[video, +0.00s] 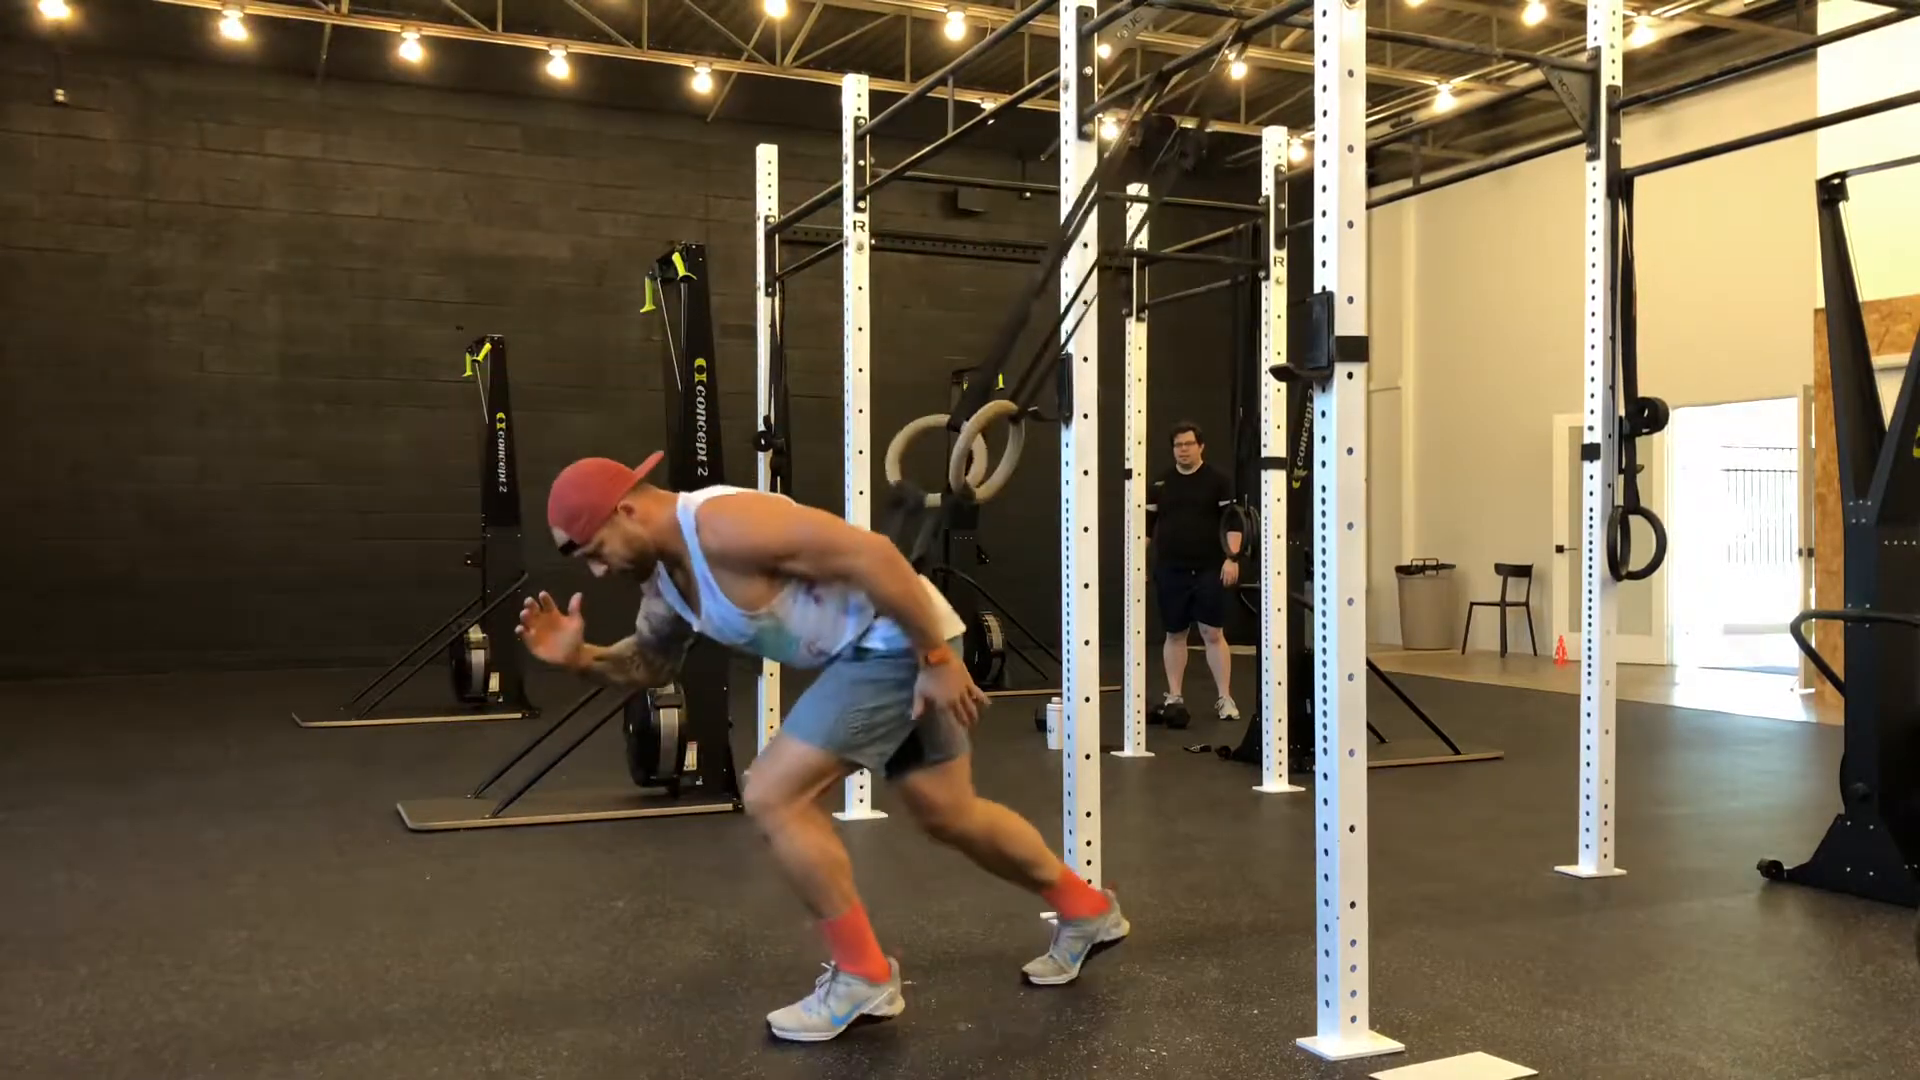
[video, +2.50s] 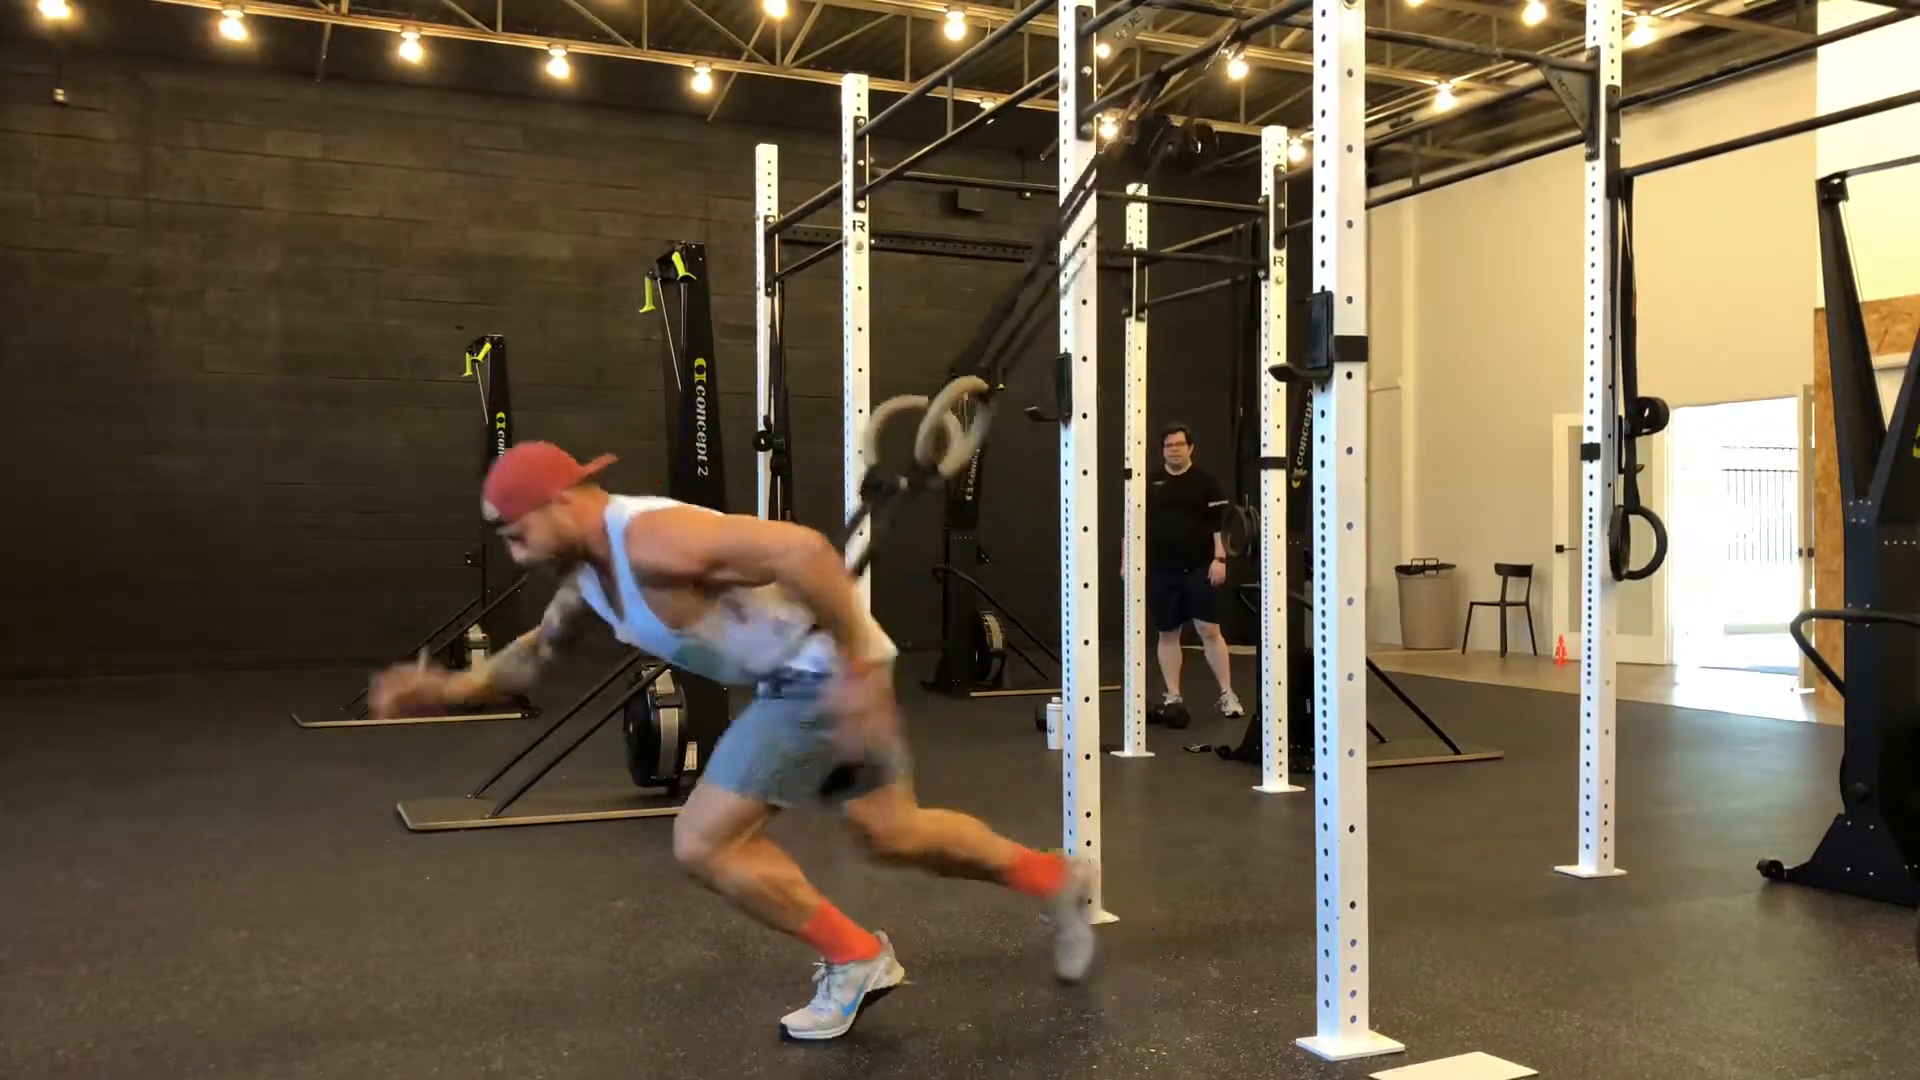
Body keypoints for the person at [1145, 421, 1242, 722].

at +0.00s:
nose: (1182, 450)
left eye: (1188, 444)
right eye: (1178, 445)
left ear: (1201, 447)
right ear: (1172, 449)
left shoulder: (1217, 480)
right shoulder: (1162, 483)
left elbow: (1233, 521)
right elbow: (1148, 527)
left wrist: (1232, 558)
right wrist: (1141, 563)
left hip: (1209, 570)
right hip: (1171, 570)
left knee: (1213, 634)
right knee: (1175, 634)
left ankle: (1224, 698)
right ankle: (1174, 696)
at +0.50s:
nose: (1182, 449)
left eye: (1188, 444)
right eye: (1177, 444)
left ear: (1200, 447)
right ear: (1171, 449)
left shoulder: (1217, 480)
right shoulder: (1162, 483)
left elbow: (1233, 521)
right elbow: (1148, 527)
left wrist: (1232, 558)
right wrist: (1142, 563)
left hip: (1209, 569)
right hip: (1171, 570)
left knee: (1212, 634)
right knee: (1175, 634)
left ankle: (1225, 698)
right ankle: (1174, 696)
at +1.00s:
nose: (1178, 449)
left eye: (1184, 443)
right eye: (1173, 444)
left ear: (1196, 446)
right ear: (1167, 448)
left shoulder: (1214, 481)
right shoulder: (1158, 484)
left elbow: (1232, 521)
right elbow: (1143, 525)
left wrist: (1227, 556)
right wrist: (1142, 559)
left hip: (1205, 569)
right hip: (1168, 569)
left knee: (1211, 633)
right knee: (1174, 634)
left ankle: (1224, 698)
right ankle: (1174, 696)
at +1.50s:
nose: (1173, 449)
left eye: (1179, 443)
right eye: (1168, 444)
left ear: (1191, 447)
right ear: (1162, 449)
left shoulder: (1208, 482)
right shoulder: (1152, 485)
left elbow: (1224, 524)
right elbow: (1140, 525)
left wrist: (1221, 557)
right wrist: (1138, 563)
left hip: (1200, 569)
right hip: (1164, 569)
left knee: (1207, 632)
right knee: (1170, 634)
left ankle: (1223, 697)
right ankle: (1173, 696)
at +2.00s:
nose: (1169, 451)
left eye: (1174, 445)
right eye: (1164, 446)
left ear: (1186, 449)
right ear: (1158, 450)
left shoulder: (1203, 483)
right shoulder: (1147, 486)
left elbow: (1217, 525)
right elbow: (1134, 527)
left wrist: (1217, 559)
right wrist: (1130, 560)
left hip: (1196, 569)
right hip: (1160, 570)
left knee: (1204, 631)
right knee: (1168, 633)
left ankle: (1222, 697)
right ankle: (1173, 696)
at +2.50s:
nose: (1174, 451)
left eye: (1179, 445)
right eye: (1168, 446)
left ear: (1191, 448)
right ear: (1162, 450)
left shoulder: (1205, 482)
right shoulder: (1149, 484)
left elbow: (1219, 524)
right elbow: (1133, 524)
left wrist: (1219, 558)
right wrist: (1127, 556)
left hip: (1198, 569)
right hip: (1161, 569)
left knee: (1209, 631)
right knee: (1168, 634)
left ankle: (1226, 693)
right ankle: (1172, 695)